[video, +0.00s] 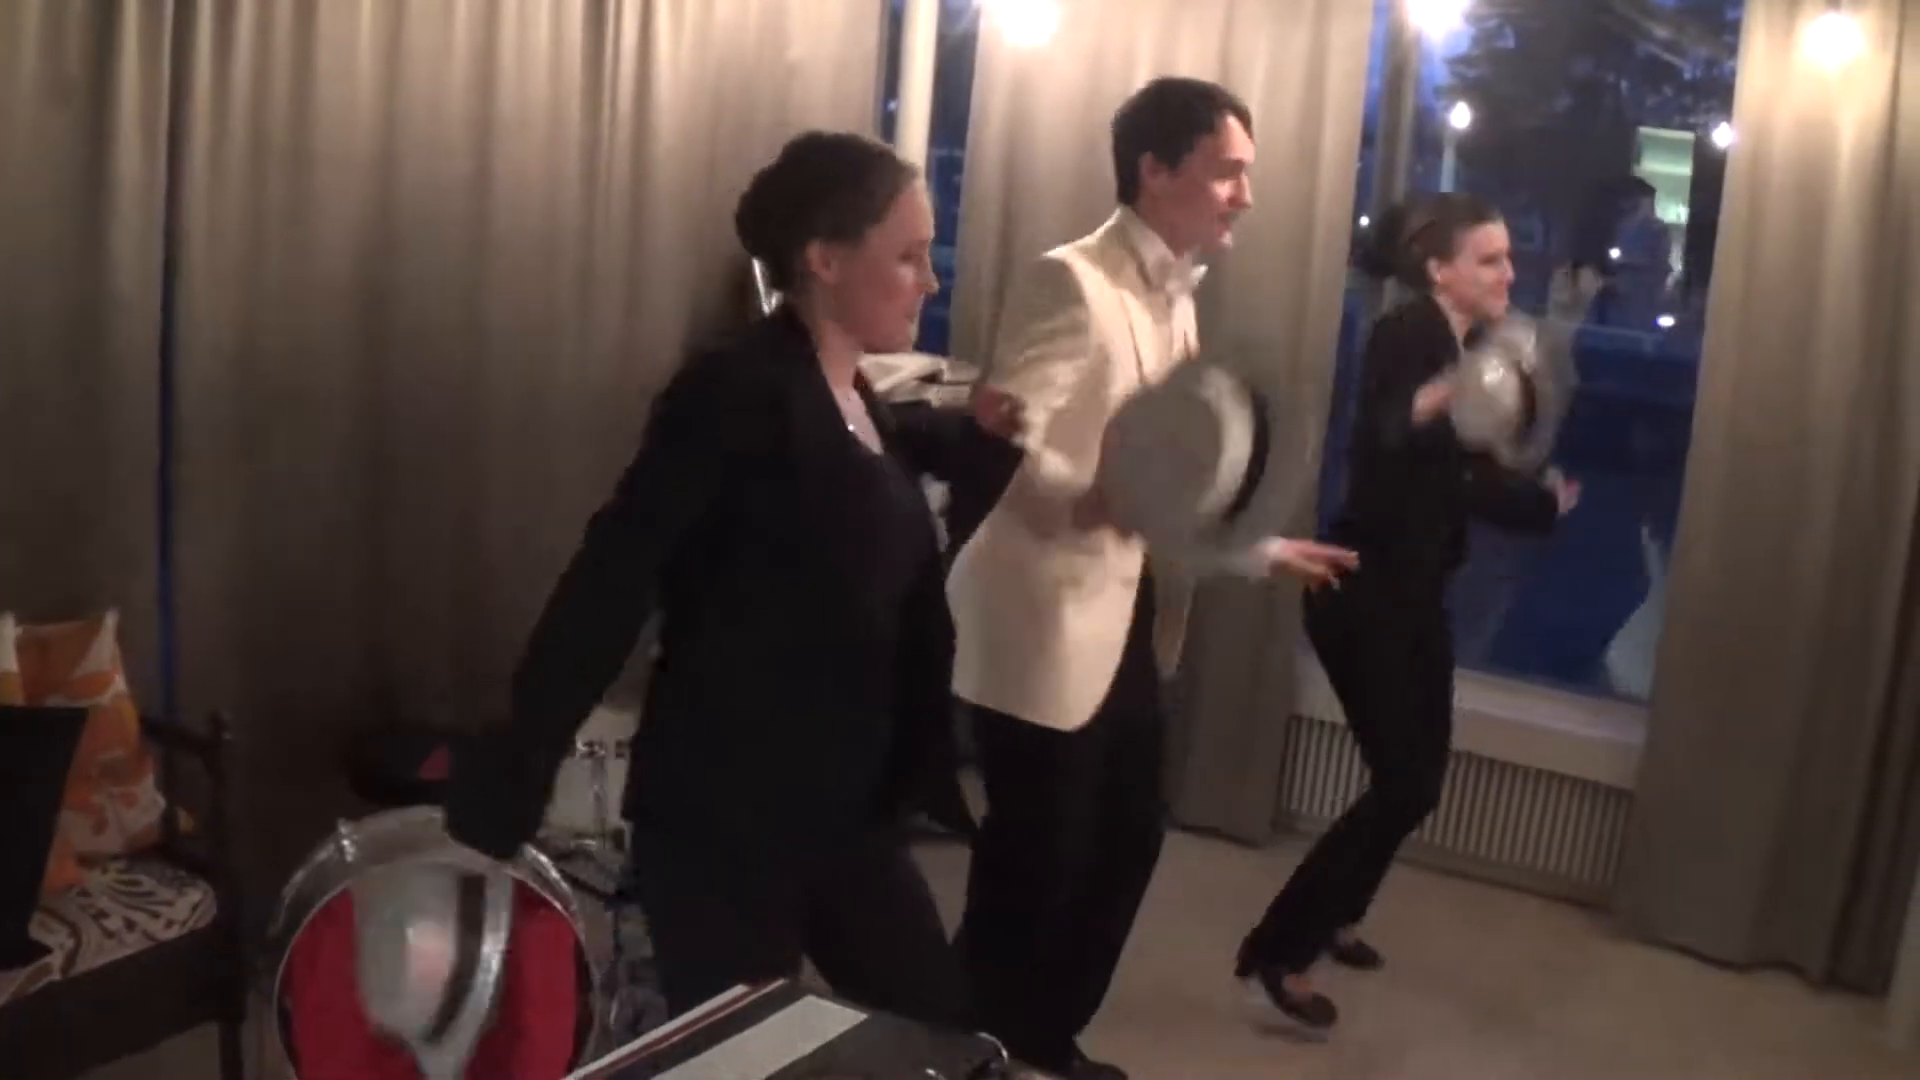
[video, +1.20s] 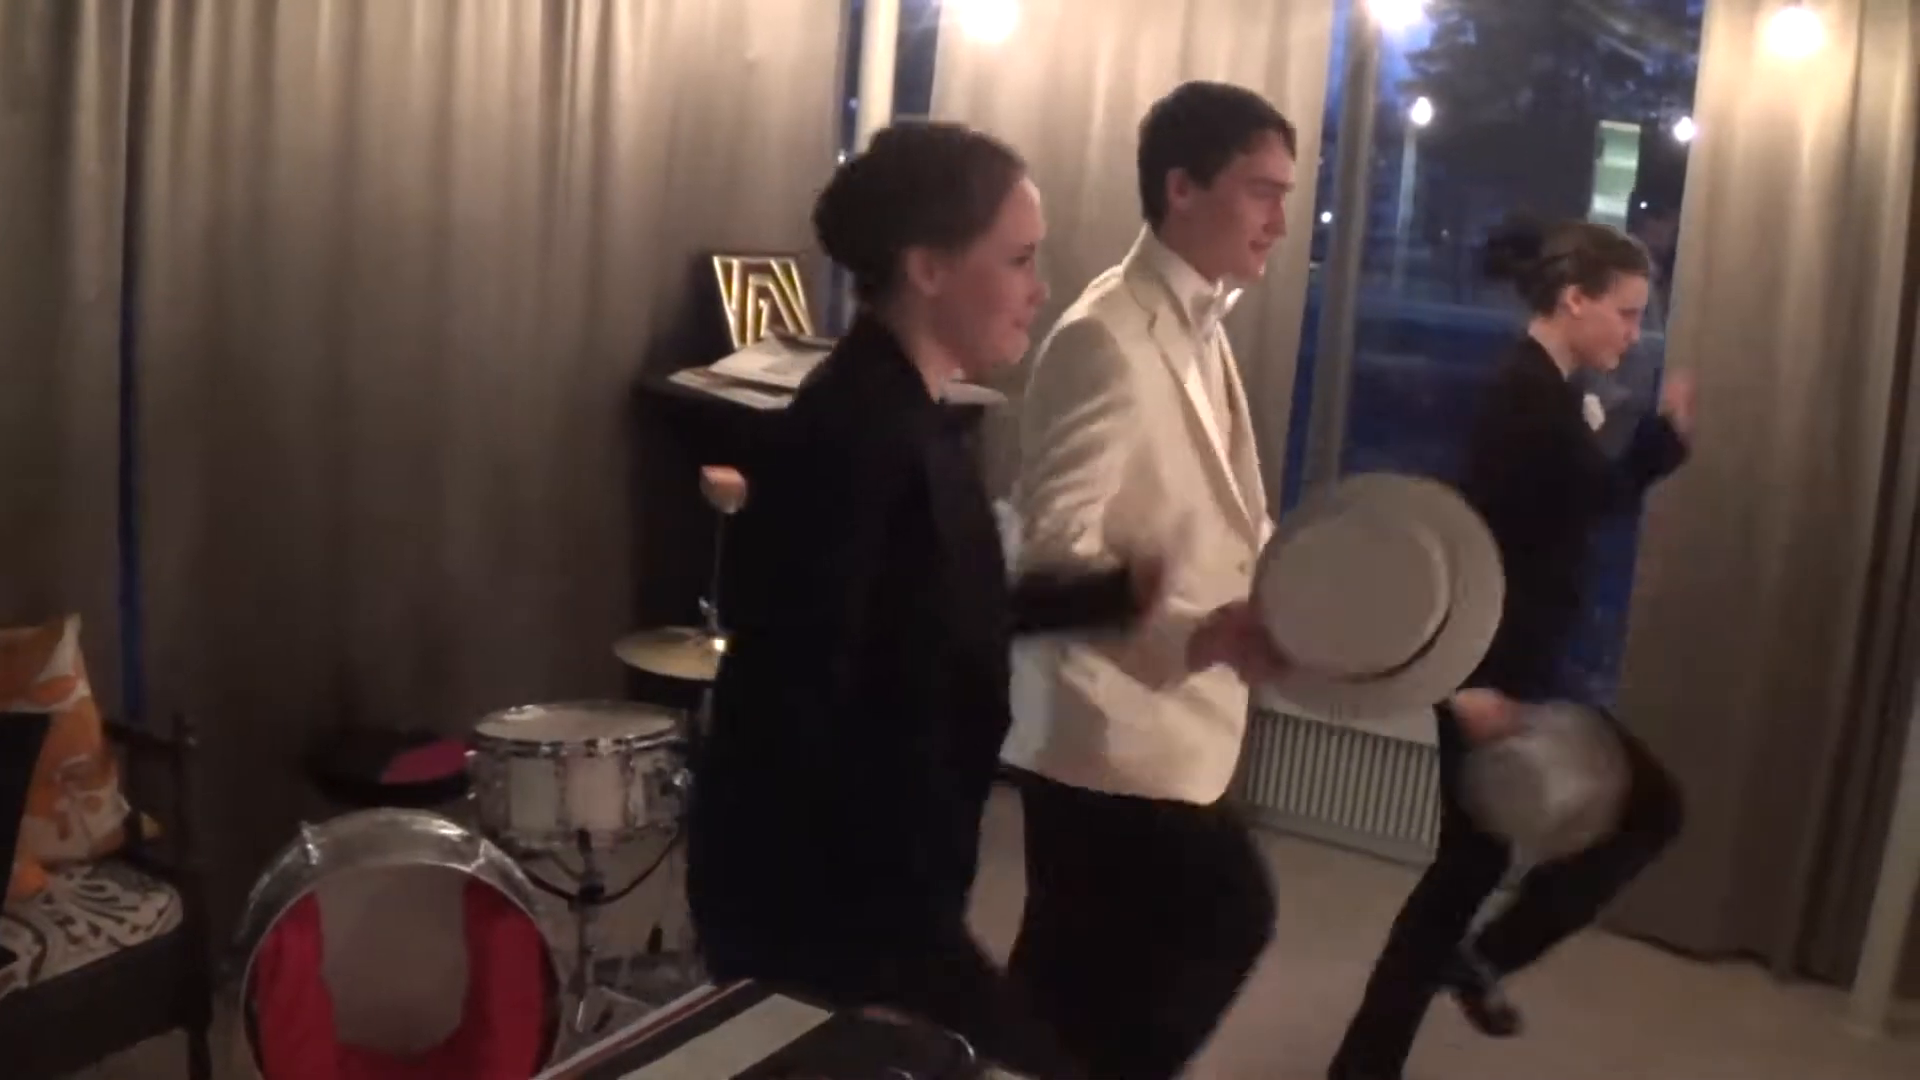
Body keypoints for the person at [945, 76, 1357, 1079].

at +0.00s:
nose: (1243, 196)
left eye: (1246, 174)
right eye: (1226, 173)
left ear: (1186, 178)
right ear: (1151, 172)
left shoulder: (1174, 293)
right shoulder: (1067, 283)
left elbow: (1154, 488)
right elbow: (1000, 453)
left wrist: (1258, 549)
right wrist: (1097, 503)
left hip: (1121, 613)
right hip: (1037, 616)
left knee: (1127, 834)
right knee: (1037, 843)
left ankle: (1047, 1039)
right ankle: (983, 1039)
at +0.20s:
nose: (1219, 209)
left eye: (1222, 187)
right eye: (1199, 187)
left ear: (1149, 193)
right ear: (1121, 189)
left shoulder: (1168, 289)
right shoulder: (1045, 326)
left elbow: (1203, 410)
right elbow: (985, 506)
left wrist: (1303, 442)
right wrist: (1052, 640)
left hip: (1129, 634)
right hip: (1050, 646)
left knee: (1107, 840)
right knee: (1082, 846)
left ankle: (1031, 1031)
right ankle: (973, 1024)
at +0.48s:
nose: (1214, 186)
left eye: (1218, 164)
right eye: (1197, 161)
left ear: (1140, 165)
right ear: (1119, 160)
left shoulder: (1142, 284)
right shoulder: (1032, 308)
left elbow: (1176, 432)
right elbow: (995, 520)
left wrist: (1285, 448)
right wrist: (1092, 661)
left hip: (1126, 666)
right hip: (1041, 675)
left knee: (1133, 851)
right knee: (1028, 870)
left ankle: (1046, 1030)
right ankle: (959, 1039)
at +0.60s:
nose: (1230, 193)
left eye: (1233, 172)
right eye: (1211, 169)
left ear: (1166, 181)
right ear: (1133, 170)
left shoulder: (1141, 300)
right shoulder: (1054, 301)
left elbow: (1121, 494)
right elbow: (1020, 509)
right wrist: (1146, 617)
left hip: (1101, 653)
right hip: (1013, 659)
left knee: (1198, 831)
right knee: (978, 891)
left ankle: (1043, 1033)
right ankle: (923, 1056)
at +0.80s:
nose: (1245, 209)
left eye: (1249, 186)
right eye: (1227, 183)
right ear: (1151, 179)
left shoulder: (1144, 303)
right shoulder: (1099, 308)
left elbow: (1128, 513)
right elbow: (1101, 522)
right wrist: (1274, 542)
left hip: (1100, 681)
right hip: (1011, 688)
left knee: (1168, 908)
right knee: (953, 942)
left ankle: (1064, 1073)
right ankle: (909, 1071)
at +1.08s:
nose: (1272, 206)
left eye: (1275, 184)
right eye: (1254, 180)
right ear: (1172, 178)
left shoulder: (1177, 316)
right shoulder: (1107, 318)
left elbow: (1155, 515)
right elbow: (1080, 527)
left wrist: (1259, 583)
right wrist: (1244, 591)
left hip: (1136, 728)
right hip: (1081, 737)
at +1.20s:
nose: (1283, 219)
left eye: (1286, 195)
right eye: (1265, 193)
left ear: (1202, 201)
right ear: (1182, 192)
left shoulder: (1192, 327)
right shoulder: (1105, 340)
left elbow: (1214, 527)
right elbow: (1049, 568)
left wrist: (1294, 606)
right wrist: (1198, 635)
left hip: (1163, 736)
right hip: (1102, 744)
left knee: (1080, 983)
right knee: (1230, 915)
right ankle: (1112, 1064)